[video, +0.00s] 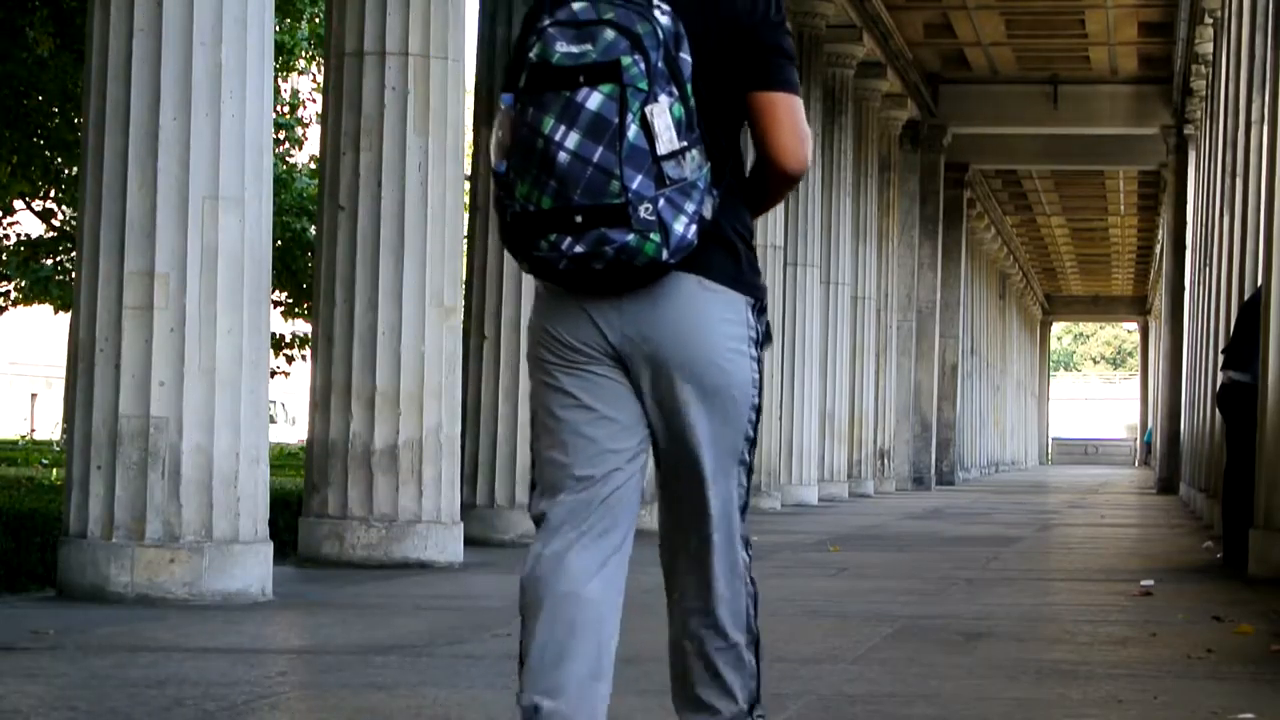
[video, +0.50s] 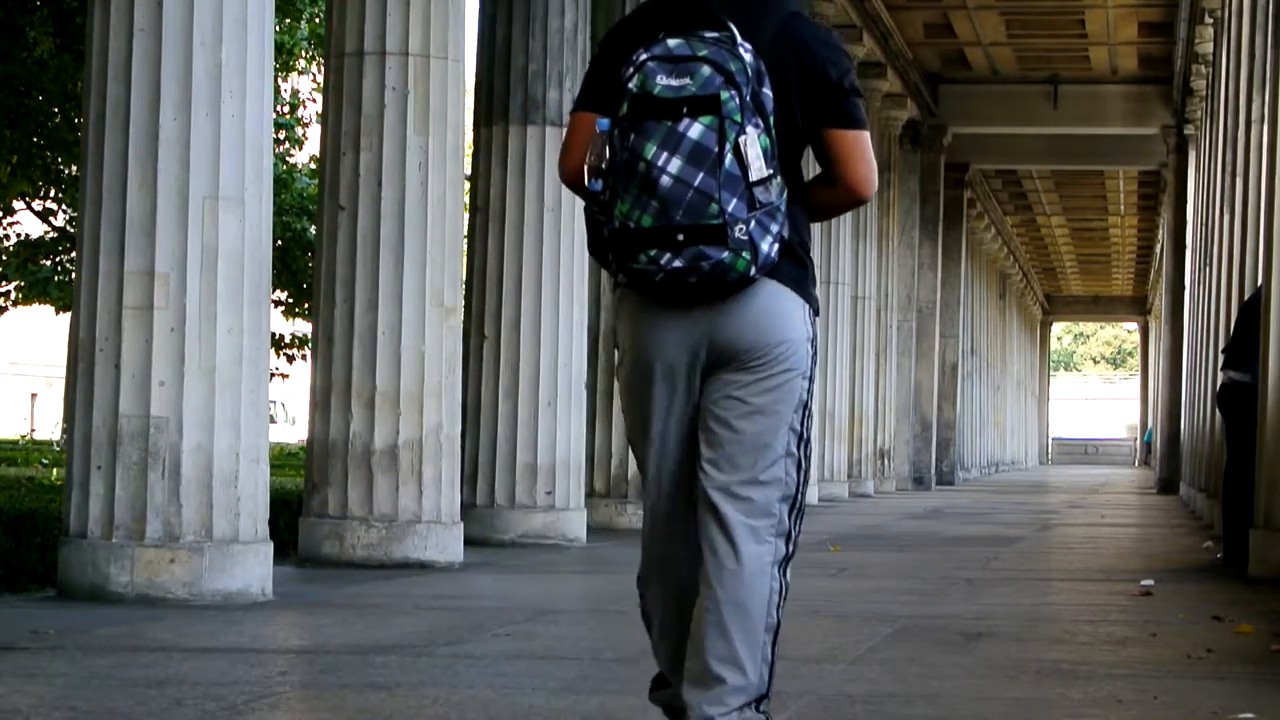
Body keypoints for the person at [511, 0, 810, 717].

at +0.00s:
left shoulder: (568, 6)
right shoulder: (741, 5)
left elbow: (506, 141)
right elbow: (789, 155)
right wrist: (739, 204)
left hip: (571, 289)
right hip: (694, 288)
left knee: (576, 521)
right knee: (708, 526)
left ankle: (557, 710)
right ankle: (719, 706)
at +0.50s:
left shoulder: (636, 27)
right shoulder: (803, 36)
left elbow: (576, 163)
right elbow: (858, 180)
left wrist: (648, 209)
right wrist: (785, 203)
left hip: (652, 302)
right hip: (764, 300)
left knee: (665, 501)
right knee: (745, 507)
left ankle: (677, 683)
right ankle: (725, 704)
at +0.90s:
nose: (782, 6)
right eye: (781, 2)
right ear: (770, 0)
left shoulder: (640, 55)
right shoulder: (801, 53)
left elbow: (598, 187)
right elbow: (853, 179)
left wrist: (671, 215)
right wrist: (798, 206)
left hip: (668, 305)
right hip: (770, 299)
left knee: (688, 499)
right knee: (793, 483)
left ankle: (696, 696)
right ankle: (761, 639)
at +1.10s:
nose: (793, 16)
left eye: (788, 13)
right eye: (794, 10)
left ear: (713, 7)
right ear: (785, 8)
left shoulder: (659, 80)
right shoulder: (810, 79)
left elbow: (620, 201)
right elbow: (856, 201)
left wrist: (684, 243)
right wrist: (810, 235)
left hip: (682, 321)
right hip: (782, 319)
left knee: (696, 501)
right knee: (786, 501)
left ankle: (703, 693)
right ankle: (799, 677)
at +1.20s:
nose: (808, 24)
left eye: (802, 17)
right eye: (808, 16)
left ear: (728, 18)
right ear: (800, 15)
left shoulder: (673, 94)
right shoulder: (826, 95)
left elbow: (634, 214)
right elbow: (866, 215)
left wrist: (697, 257)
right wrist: (815, 251)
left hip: (691, 327)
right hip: (791, 325)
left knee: (704, 498)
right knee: (790, 504)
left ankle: (704, 680)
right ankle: (793, 682)